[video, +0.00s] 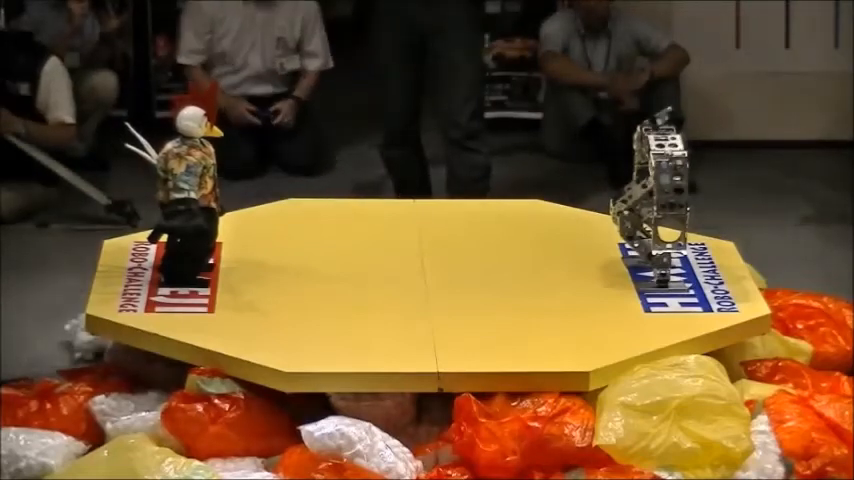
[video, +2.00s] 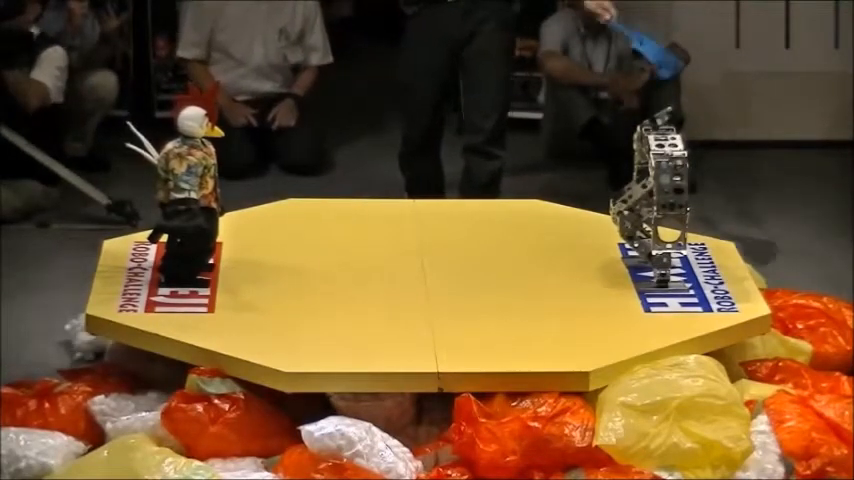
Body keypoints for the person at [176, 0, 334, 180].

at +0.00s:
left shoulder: (303, 6)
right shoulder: (204, 6)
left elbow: (315, 61)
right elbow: (191, 65)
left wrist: (295, 101)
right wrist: (226, 104)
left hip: (284, 97)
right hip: (231, 100)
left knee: (307, 162)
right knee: (238, 166)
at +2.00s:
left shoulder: (304, 5)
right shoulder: (204, 5)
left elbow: (313, 61)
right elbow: (192, 59)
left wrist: (292, 100)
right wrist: (227, 105)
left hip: (281, 99)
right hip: (229, 102)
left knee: (305, 160)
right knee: (237, 164)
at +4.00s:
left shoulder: (302, 5)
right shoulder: (202, 5)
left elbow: (310, 60)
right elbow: (191, 61)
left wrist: (291, 100)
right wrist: (226, 105)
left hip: (280, 99)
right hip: (227, 102)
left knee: (306, 161)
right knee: (238, 164)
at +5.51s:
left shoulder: (301, 5)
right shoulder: (196, 6)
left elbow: (317, 49)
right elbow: (187, 59)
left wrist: (299, 81)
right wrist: (220, 82)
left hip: (280, 97)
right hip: (229, 99)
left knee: (306, 161)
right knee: (237, 164)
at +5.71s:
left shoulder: (301, 4)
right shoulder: (197, 5)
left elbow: (320, 45)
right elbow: (183, 54)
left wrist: (296, 57)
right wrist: (215, 53)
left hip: (283, 99)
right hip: (227, 100)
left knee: (306, 162)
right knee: (236, 165)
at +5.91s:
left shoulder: (297, 3)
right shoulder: (197, 4)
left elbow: (322, 42)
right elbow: (183, 55)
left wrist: (294, 32)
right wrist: (213, 34)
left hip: (283, 99)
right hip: (228, 103)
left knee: (306, 162)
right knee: (236, 166)